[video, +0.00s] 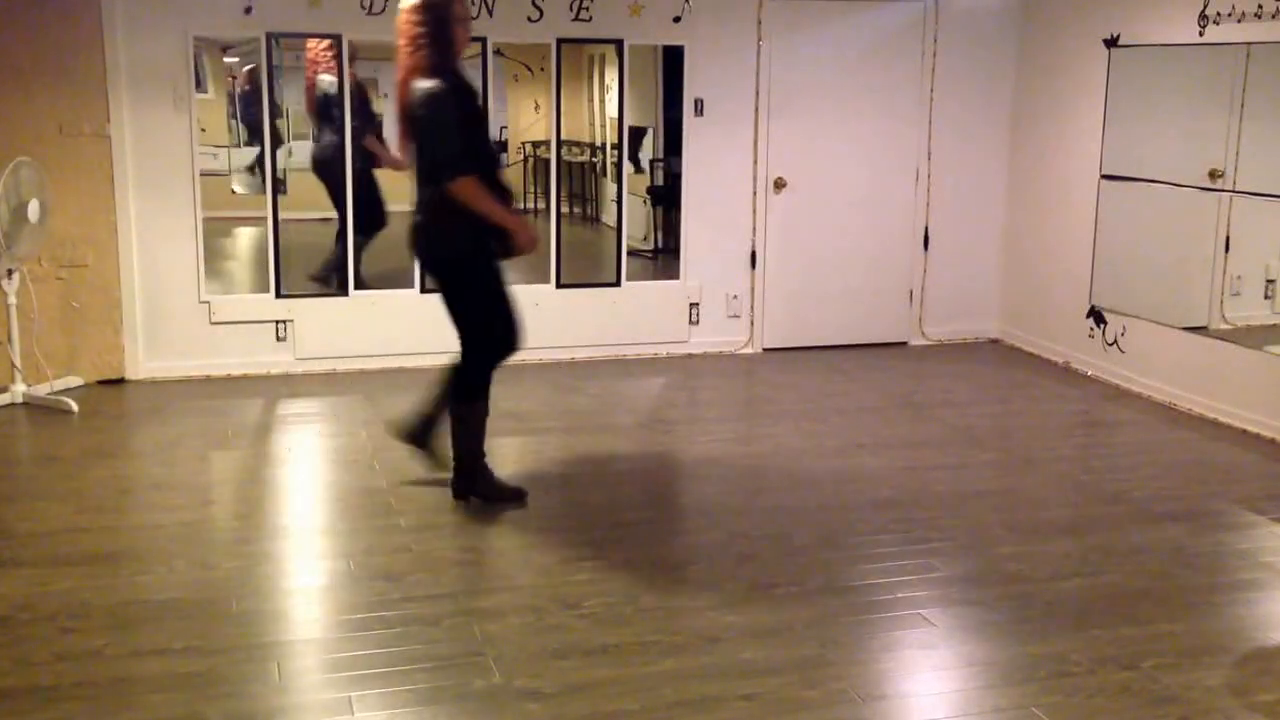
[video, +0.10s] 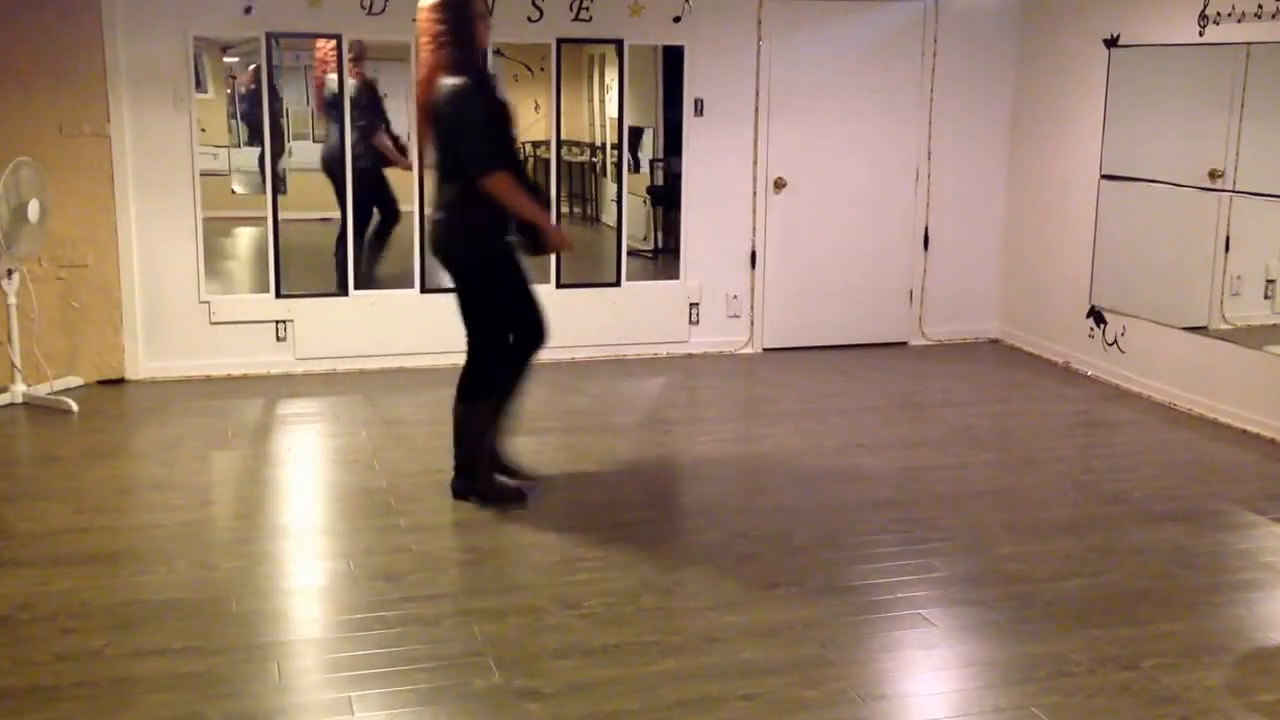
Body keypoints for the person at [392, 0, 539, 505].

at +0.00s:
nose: (469, 29)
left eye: (466, 20)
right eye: (462, 21)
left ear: (431, 31)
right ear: (442, 29)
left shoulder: (443, 85)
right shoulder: (434, 92)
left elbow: (461, 166)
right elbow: (455, 175)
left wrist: (506, 214)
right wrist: (510, 220)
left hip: (457, 234)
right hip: (450, 237)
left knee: (494, 337)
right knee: (485, 342)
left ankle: (422, 422)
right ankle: (470, 472)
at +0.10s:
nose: (489, 29)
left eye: (485, 19)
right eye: (483, 19)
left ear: (444, 30)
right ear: (470, 26)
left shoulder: (452, 86)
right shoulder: (464, 90)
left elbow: (481, 165)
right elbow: (488, 170)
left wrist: (528, 215)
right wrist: (543, 221)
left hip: (467, 230)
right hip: (473, 233)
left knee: (499, 340)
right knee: (519, 332)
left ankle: (478, 453)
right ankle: (474, 469)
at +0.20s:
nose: (519, 32)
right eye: (511, 23)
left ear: (468, 36)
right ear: (503, 31)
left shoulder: (477, 90)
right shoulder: (502, 93)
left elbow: (508, 168)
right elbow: (531, 173)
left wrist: (564, 216)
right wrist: (585, 221)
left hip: (491, 234)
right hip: (501, 237)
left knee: (550, 339)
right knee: (503, 350)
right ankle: (470, 471)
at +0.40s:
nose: (558, 33)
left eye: (547, 24)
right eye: (551, 25)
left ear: (512, 40)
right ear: (543, 34)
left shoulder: (519, 94)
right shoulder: (548, 94)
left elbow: (548, 173)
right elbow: (569, 176)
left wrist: (595, 224)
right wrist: (617, 226)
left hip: (534, 237)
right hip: (545, 240)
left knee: (584, 339)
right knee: (546, 350)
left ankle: (608, 463)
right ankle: (477, 461)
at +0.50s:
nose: (585, 30)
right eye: (577, 21)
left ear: (537, 38)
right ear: (572, 32)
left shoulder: (549, 89)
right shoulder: (578, 90)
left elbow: (573, 167)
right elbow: (593, 170)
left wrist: (613, 221)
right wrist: (628, 225)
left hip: (558, 230)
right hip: (577, 232)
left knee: (597, 350)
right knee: (600, 350)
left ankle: (609, 465)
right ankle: (511, 442)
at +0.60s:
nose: (602, 31)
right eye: (596, 23)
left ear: (553, 38)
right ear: (591, 32)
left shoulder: (558, 91)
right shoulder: (602, 92)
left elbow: (570, 166)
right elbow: (616, 172)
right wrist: (640, 223)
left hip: (563, 234)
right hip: (597, 235)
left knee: (602, 346)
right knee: (631, 347)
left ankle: (608, 464)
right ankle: (549, 443)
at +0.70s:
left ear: (573, 39)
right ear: (617, 33)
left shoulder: (570, 93)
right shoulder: (627, 90)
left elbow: (564, 165)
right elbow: (645, 168)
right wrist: (667, 216)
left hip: (576, 240)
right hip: (622, 238)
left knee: (602, 342)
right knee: (657, 344)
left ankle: (606, 465)